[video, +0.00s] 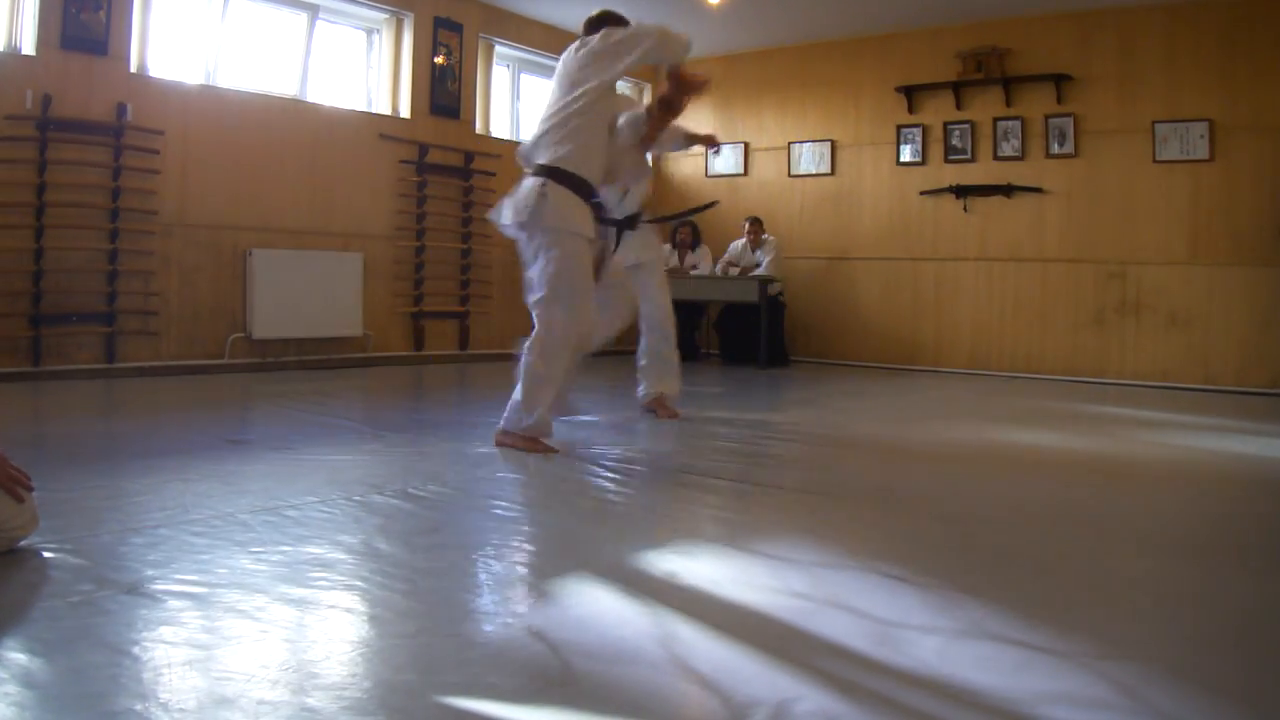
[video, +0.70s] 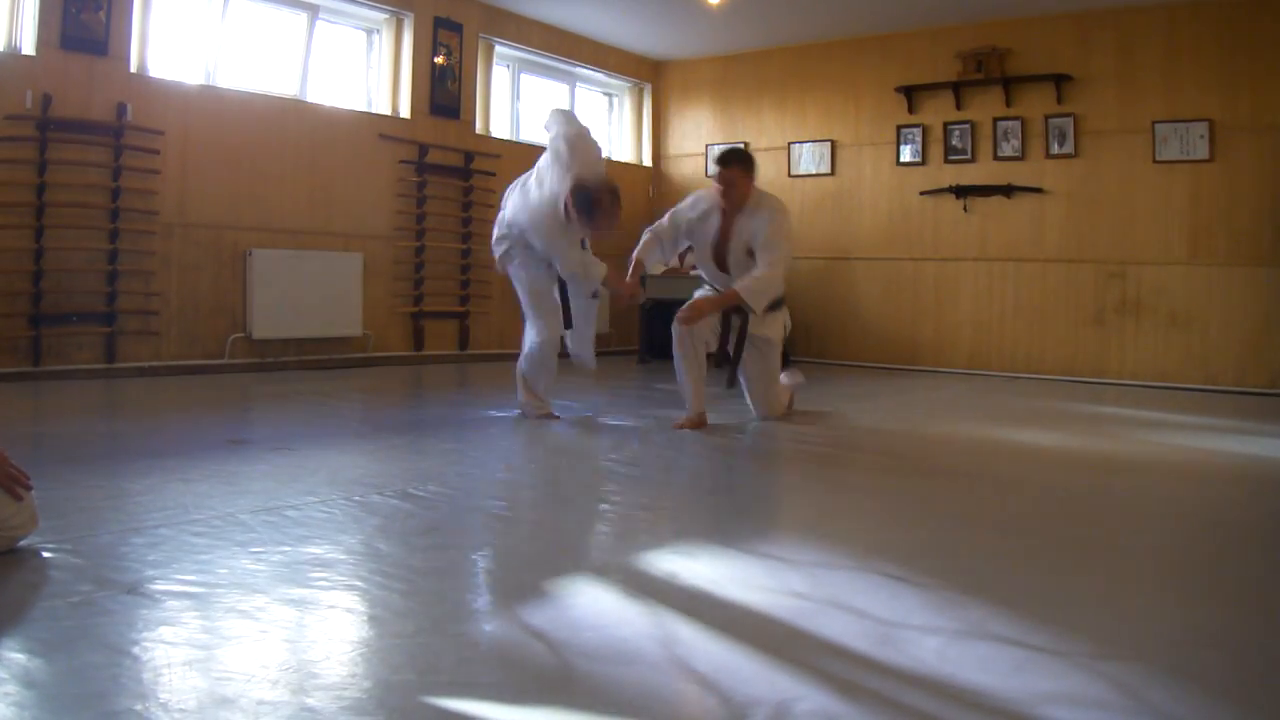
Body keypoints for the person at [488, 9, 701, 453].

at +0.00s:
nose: (625, 46)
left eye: (624, 38)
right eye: (621, 37)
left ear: (599, 35)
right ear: (601, 35)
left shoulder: (603, 99)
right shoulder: (582, 56)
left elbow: (642, 129)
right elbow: (650, 37)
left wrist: (681, 131)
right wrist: (678, 60)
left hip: (576, 210)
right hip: (554, 200)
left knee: (608, 311)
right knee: (561, 316)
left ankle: (541, 356)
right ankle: (520, 426)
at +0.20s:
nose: (616, 60)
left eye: (620, 52)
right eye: (607, 51)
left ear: (619, 55)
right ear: (591, 52)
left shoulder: (629, 92)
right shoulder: (578, 83)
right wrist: (643, 13)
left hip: (613, 212)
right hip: (570, 205)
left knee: (617, 306)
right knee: (552, 307)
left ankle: (621, 389)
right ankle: (529, 396)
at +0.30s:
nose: (615, 58)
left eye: (618, 52)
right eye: (606, 50)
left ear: (620, 57)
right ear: (590, 52)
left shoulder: (621, 95)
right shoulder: (572, 81)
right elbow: (605, 60)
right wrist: (629, 23)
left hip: (602, 217)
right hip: (564, 208)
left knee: (610, 312)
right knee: (553, 308)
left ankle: (583, 392)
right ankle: (524, 394)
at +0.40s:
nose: (607, 73)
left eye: (612, 66)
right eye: (599, 65)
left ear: (615, 72)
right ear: (580, 68)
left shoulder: (612, 112)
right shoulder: (564, 101)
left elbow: (608, 163)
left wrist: (631, 179)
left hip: (593, 227)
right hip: (556, 220)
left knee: (601, 315)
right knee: (557, 307)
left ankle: (577, 392)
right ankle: (520, 387)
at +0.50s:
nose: (594, 97)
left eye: (600, 90)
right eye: (587, 89)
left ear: (606, 88)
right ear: (568, 83)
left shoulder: (606, 113)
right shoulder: (553, 126)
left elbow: (615, 160)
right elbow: (567, 182)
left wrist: (643, 180)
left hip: (590, 233)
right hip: (549, 229)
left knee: (598, 317)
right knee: (558, 307)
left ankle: (580, 394)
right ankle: (526, 381)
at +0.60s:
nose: (593, 151)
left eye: (598, 143)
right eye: (587, 143)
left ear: (604, 136)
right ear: (565, 135)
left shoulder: (597, 140)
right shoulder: (544, 168)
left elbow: (607, 147)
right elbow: (570, 234)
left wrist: (618, 169)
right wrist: (607, 279)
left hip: (577, 235)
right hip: (535, 237)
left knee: (591, 319)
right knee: (553, 320)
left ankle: (582, 396)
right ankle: (534, 398)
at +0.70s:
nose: (597, 234)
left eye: (603, 228)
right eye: (593, 229)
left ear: (611, 192)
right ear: (572, 209)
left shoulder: (589, 163)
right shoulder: (544, 217)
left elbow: (560, 117)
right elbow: (575, 266)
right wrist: (610, 279)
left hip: (566, 236)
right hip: (520, 235)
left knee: (588, 283)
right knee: (545, 326)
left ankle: (582, 348)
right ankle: (531, 399)